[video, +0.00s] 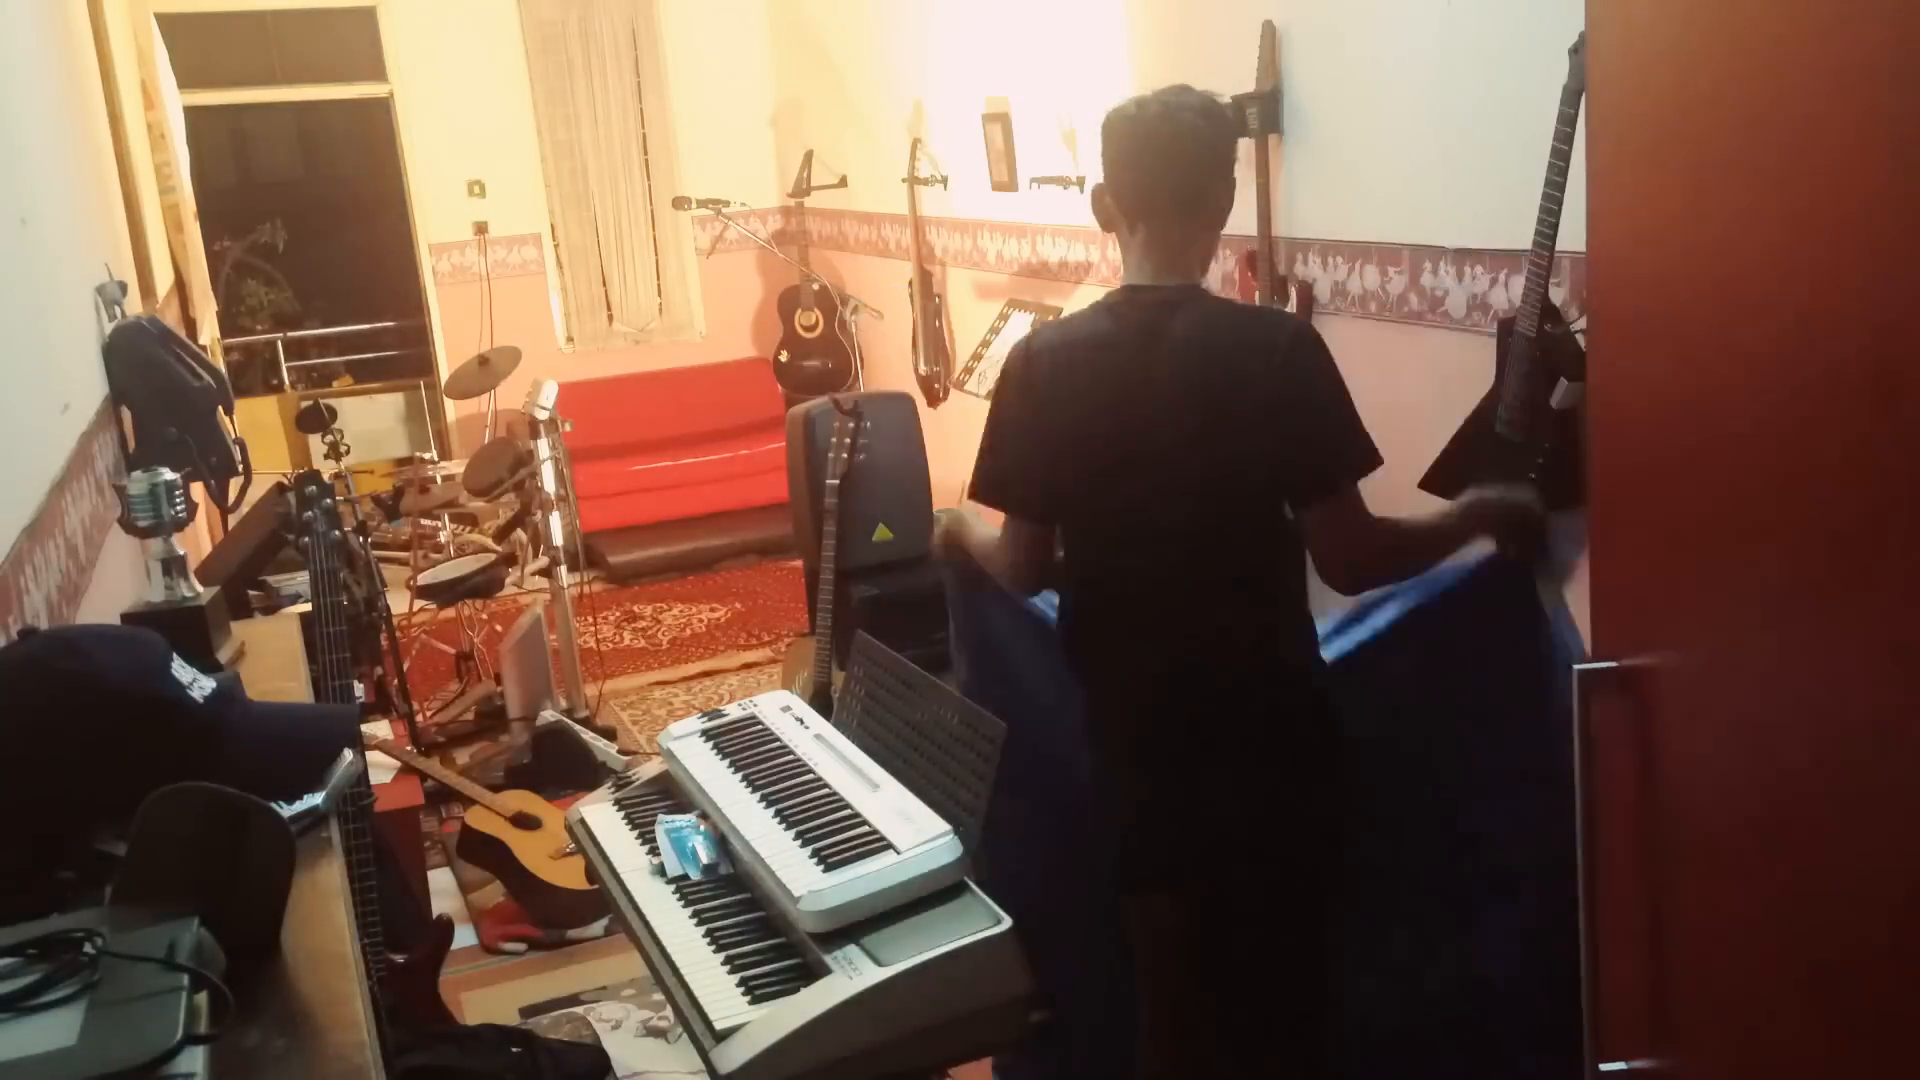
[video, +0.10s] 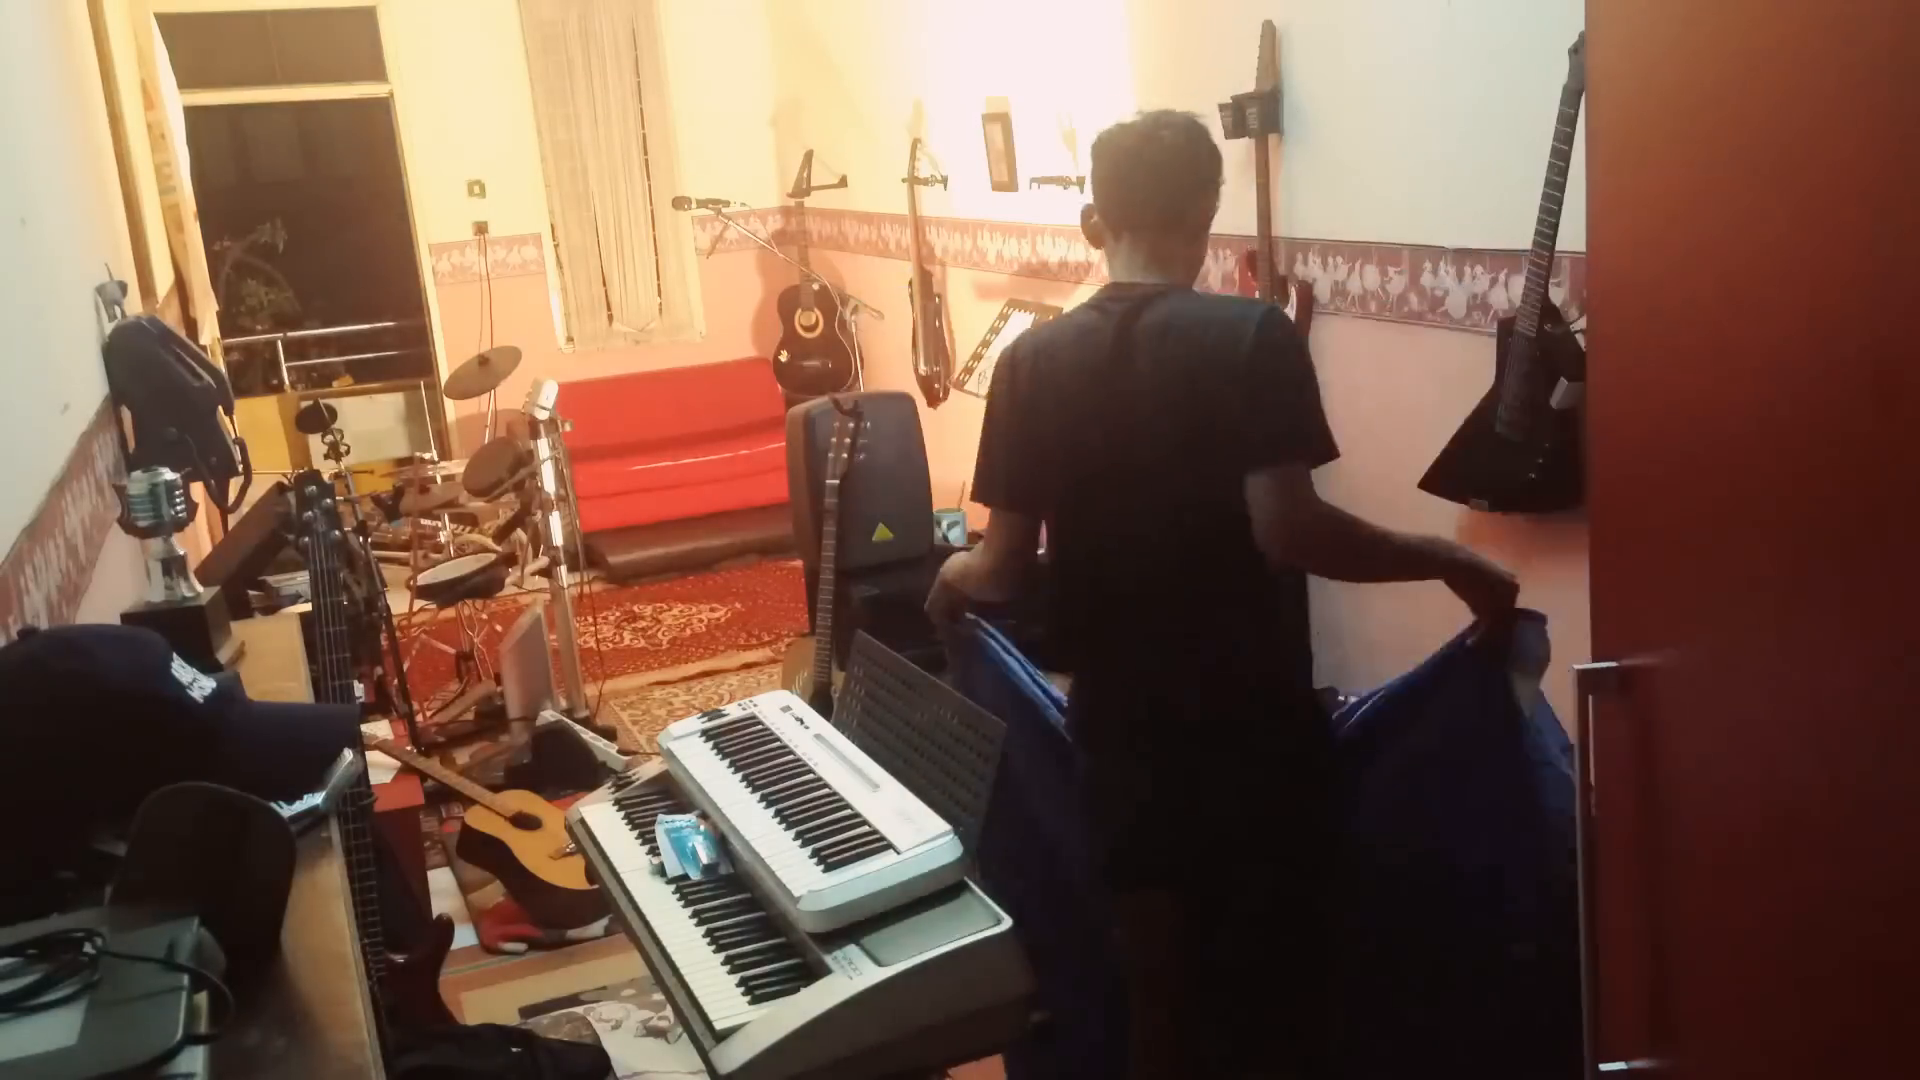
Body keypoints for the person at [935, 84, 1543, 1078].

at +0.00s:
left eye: (1110, 192)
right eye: (1211, 195)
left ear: (1107, 206)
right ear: (1223, 208)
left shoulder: (1047, 361)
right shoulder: (1279, 348)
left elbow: (1020, 567)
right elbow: (1350, 557)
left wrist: (960, 522)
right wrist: (1480, 515)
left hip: (1124, 725)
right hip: (1272, 714)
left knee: (1161, 985)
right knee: (1285, 977)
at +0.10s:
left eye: (1100, 210)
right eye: (1206, 207)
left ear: (1097, 219)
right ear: (1207, 214)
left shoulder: (1034, 360)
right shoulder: (1253, 336)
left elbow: (1002, 568)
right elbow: (1289, 529)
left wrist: (949, 578)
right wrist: (1454, 564)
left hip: (1115, 729)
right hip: (1255, 718)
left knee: (1150, 983)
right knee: (1274, 976)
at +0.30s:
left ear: (1195, 593)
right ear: (1282, 612)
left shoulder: (1123, 624)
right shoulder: (1309, 656)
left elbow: (1036, 769)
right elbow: (1446, 894)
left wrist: (962, 913)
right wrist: (1531, 1067)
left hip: (1109, 825)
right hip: (1261, 822)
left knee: (1151, 1040)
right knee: (1272, 1034)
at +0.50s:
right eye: (1396, 490)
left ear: (1271, 488)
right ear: (1387, 493)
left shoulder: (1202, 538)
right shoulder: (1418, 552)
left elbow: (1069, 732)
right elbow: (1558, 762)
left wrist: (1022, 840)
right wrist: (1607, 900)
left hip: (1202, 830)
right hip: (1374, 829)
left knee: (1226, 1019)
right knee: (1380, 1026)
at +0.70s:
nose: (1616, 454)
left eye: (1625, 427)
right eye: (1613, 424)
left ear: (1507, 385)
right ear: (1557, 402)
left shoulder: (1390, 435)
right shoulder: (1487, 483)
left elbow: (1287, 608)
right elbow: (1352, 682)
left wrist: (1437, 694)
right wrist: (1513, 858)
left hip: (1170, 718)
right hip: (1264, 753)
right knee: (1418, 1009)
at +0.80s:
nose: (1801, 696)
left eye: (1822, 681)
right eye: (1815, 671)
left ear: (1753, 585)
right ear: (1774, 621)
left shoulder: (1635, 583)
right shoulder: (1632, 652)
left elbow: (1558, 789)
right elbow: (1568, 892)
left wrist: (1548, 915)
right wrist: (1602, 1055)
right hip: (1314, 722)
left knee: (1420, 981)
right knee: (1442, 995)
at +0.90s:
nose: (1733, 563)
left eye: (1746, 538)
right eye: (1737, 533)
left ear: (1652, 489)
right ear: (1669, 496)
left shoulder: (1548, 509)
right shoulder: (1563, 568)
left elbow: (1440, 713)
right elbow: (1490, 808)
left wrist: (1551, 802)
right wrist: (1665, 863)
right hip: (1289, 717)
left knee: (1444, 896)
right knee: (1417, 1022)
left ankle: (1380, 1040)